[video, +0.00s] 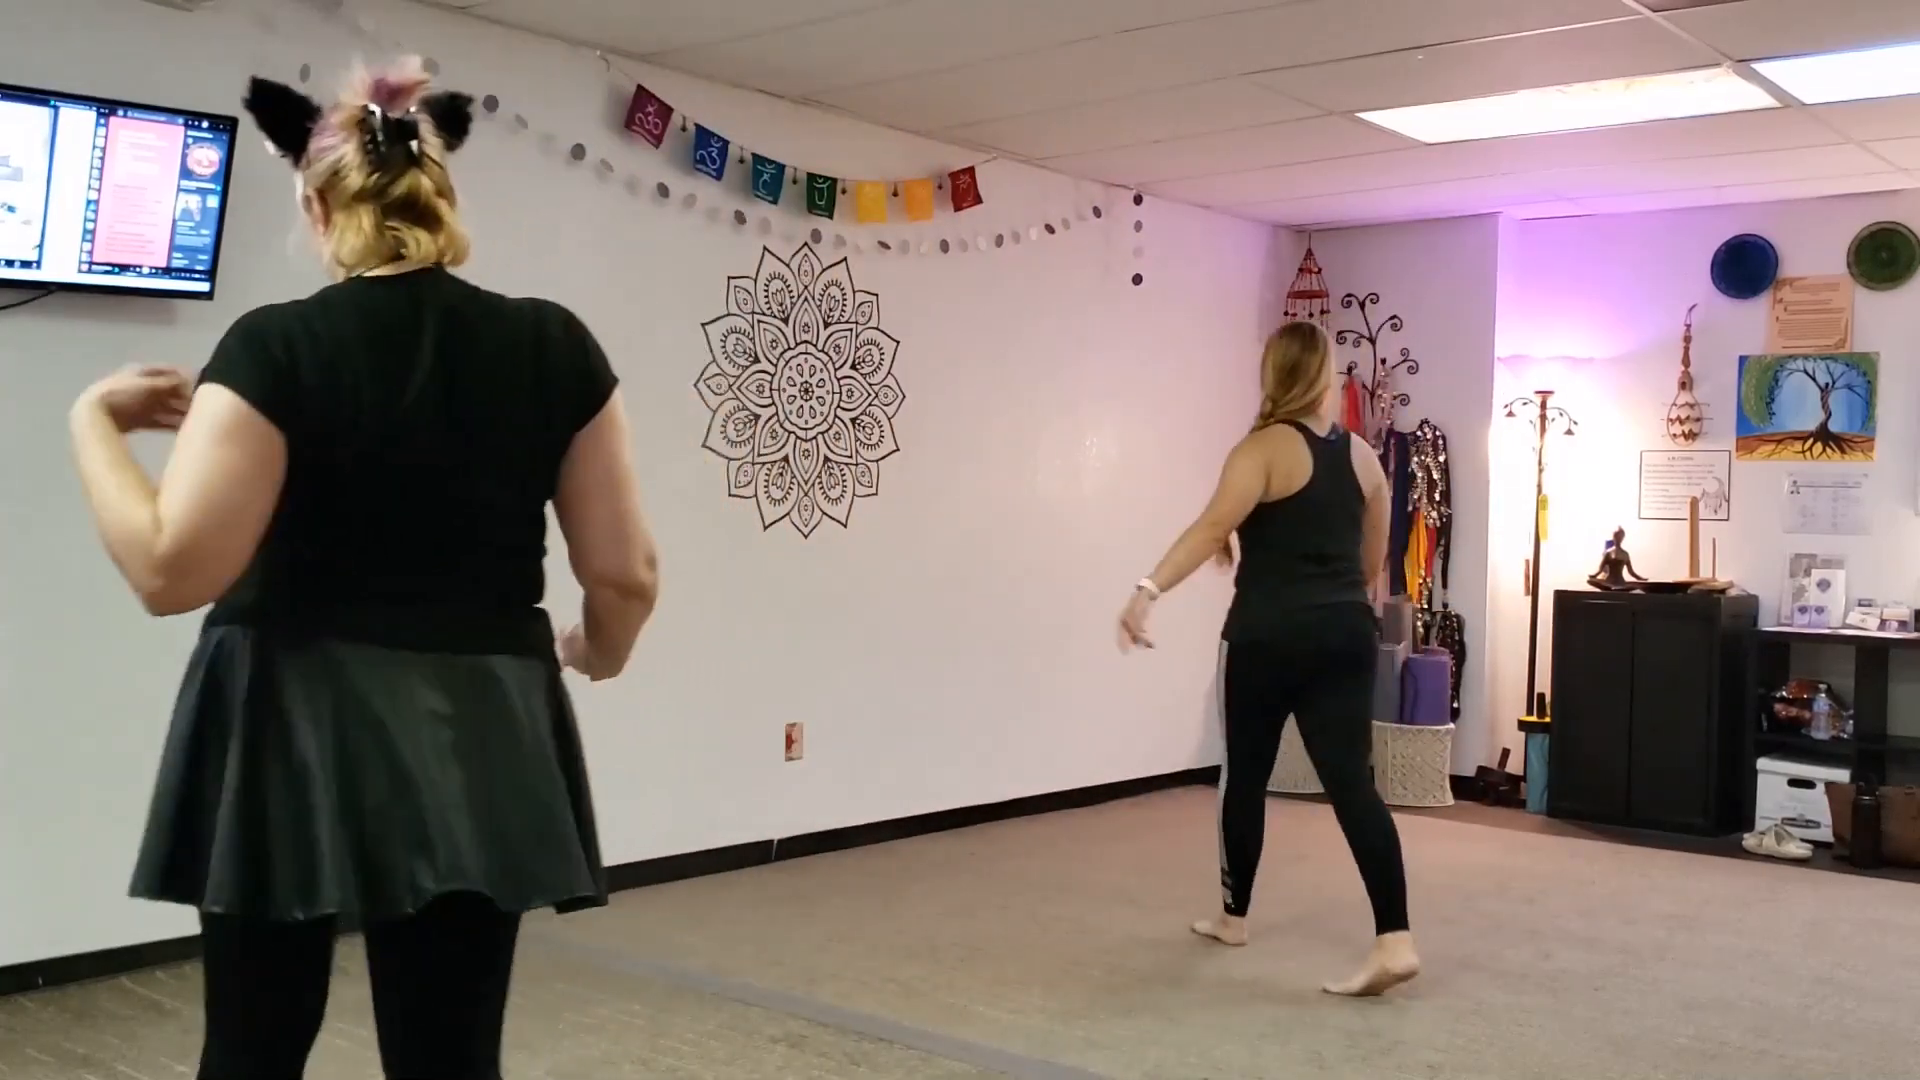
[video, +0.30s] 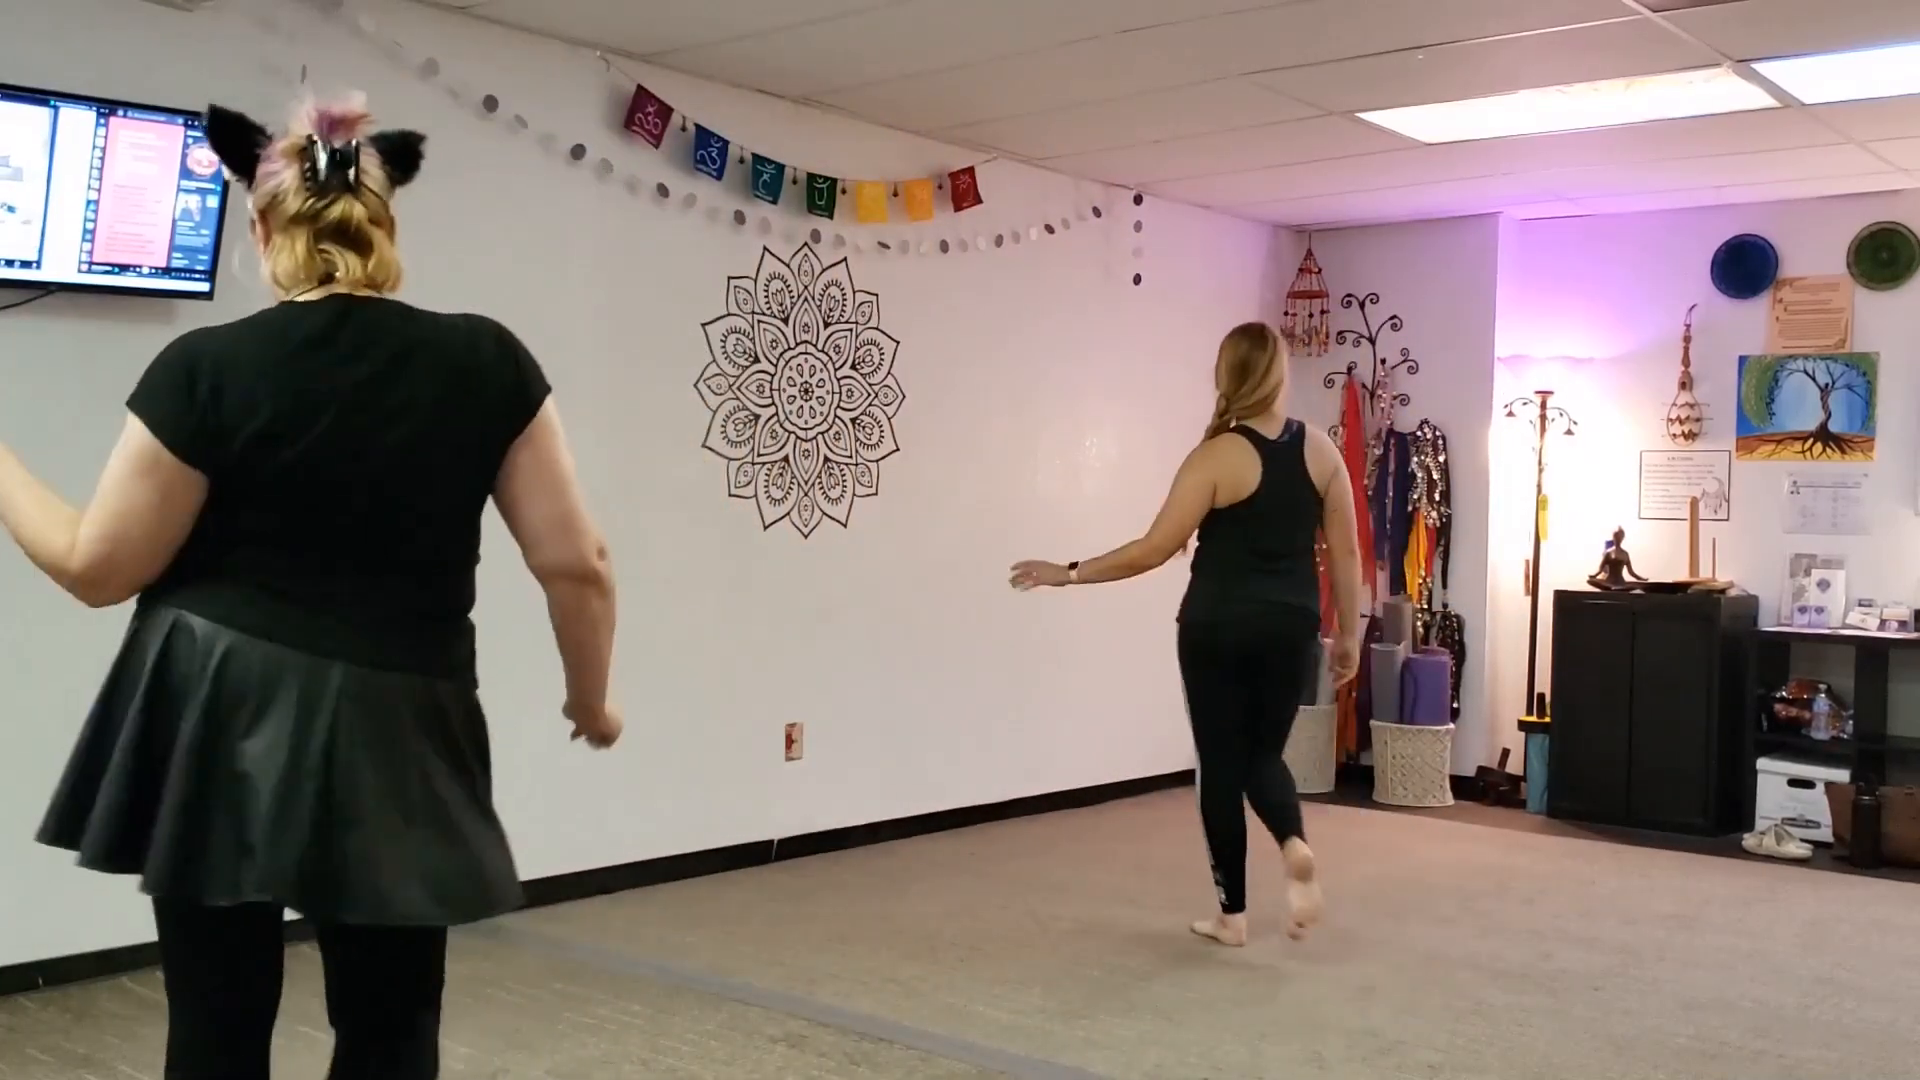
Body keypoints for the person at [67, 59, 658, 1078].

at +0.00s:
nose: (301, 225)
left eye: (301, 205)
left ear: (318, 208)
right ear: (445, 199)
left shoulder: (277, 345)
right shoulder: (550, 345)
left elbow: (171, 575)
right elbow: (624, 572)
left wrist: (90, 412)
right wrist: (597, 653)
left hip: (290, 722)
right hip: (477, 726)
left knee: (252, 1050)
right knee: (451, 1055)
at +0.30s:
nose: (255, 242)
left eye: (256, 225)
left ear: (265, 234)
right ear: (386, 231)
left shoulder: (211, 367)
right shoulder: (483, 361)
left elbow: (96, 567)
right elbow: (574, 563)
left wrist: (3, 467)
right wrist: (589, 699)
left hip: (217, 726)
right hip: (401, 737)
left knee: (216, 1034)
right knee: (390, 1038)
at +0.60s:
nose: (439, 280)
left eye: (440, 259)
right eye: (435, 257)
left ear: (307, 244)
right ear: (395, 253)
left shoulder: (199, 339)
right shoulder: (440, 359)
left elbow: (145, 557)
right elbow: (485, 561)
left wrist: (94, 515)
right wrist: (559, 727)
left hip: (207, 680)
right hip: (386, 692)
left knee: (242, 986)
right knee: (421, 921)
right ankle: (368, 1073)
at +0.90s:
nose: (487, 290)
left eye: (489, 271)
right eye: (480, 270)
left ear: (386, 262)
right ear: (421, 267)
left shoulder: (281, 356)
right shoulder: (448, 366)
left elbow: (259, 518)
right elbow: (462, 541)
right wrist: (537, 723)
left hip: (260, 672)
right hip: (408, 690)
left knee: (273, 981)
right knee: (450, 975)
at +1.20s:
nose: (562, 289)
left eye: (561, 267)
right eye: (552, 266)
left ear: (473, 263)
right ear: (494, 266)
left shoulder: (396, 356)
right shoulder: (496, 374)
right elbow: (488, 540)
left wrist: (468, 199)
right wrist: (535, 716)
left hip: (396, 662)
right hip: (508, 675)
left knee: (375, 938)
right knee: (516, 953)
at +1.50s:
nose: (648, 318)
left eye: (650, 299)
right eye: (636, 296)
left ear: (566, 292)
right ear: (569, 290)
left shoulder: (507, 369)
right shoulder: (534, 384)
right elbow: (528, 550)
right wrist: (650, 675)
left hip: (504, 645)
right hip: (545, 661)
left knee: (615, 854)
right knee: (584, 889)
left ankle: (432, 921)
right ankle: (504, 1068)